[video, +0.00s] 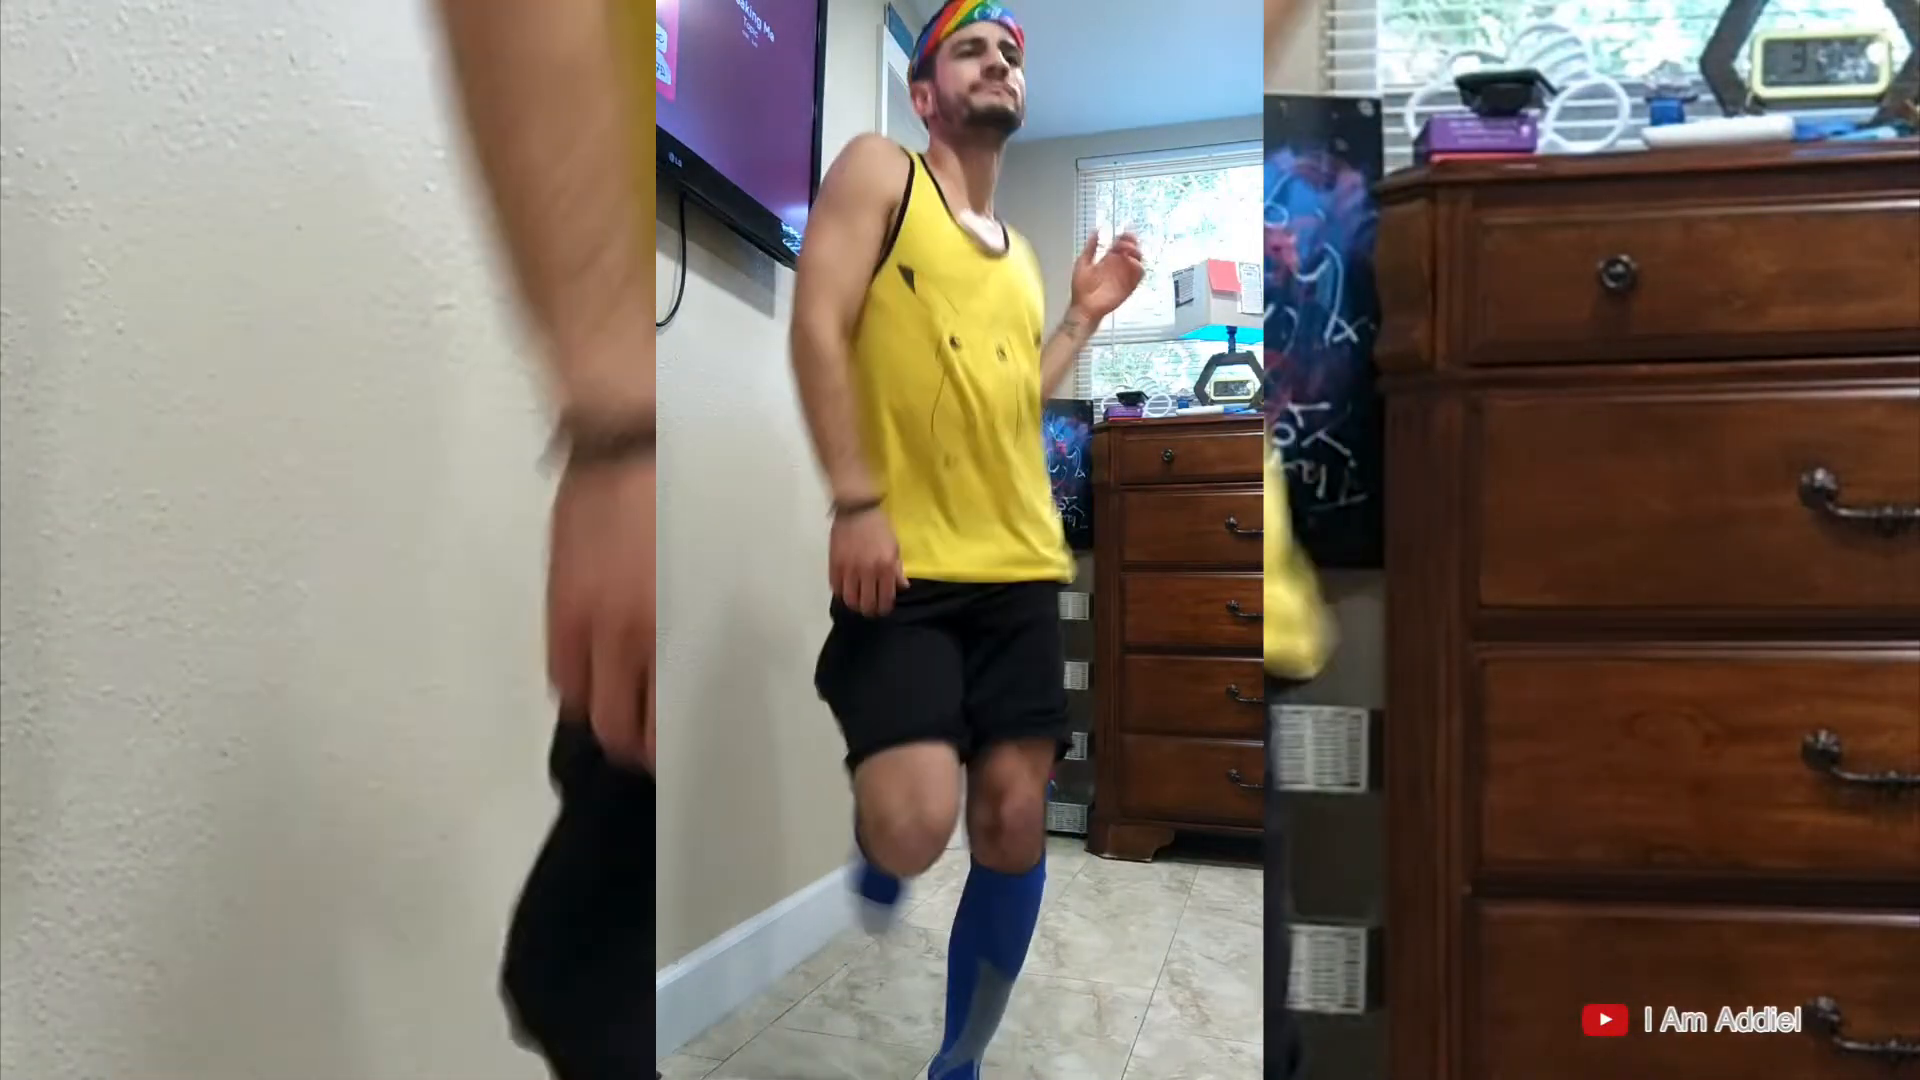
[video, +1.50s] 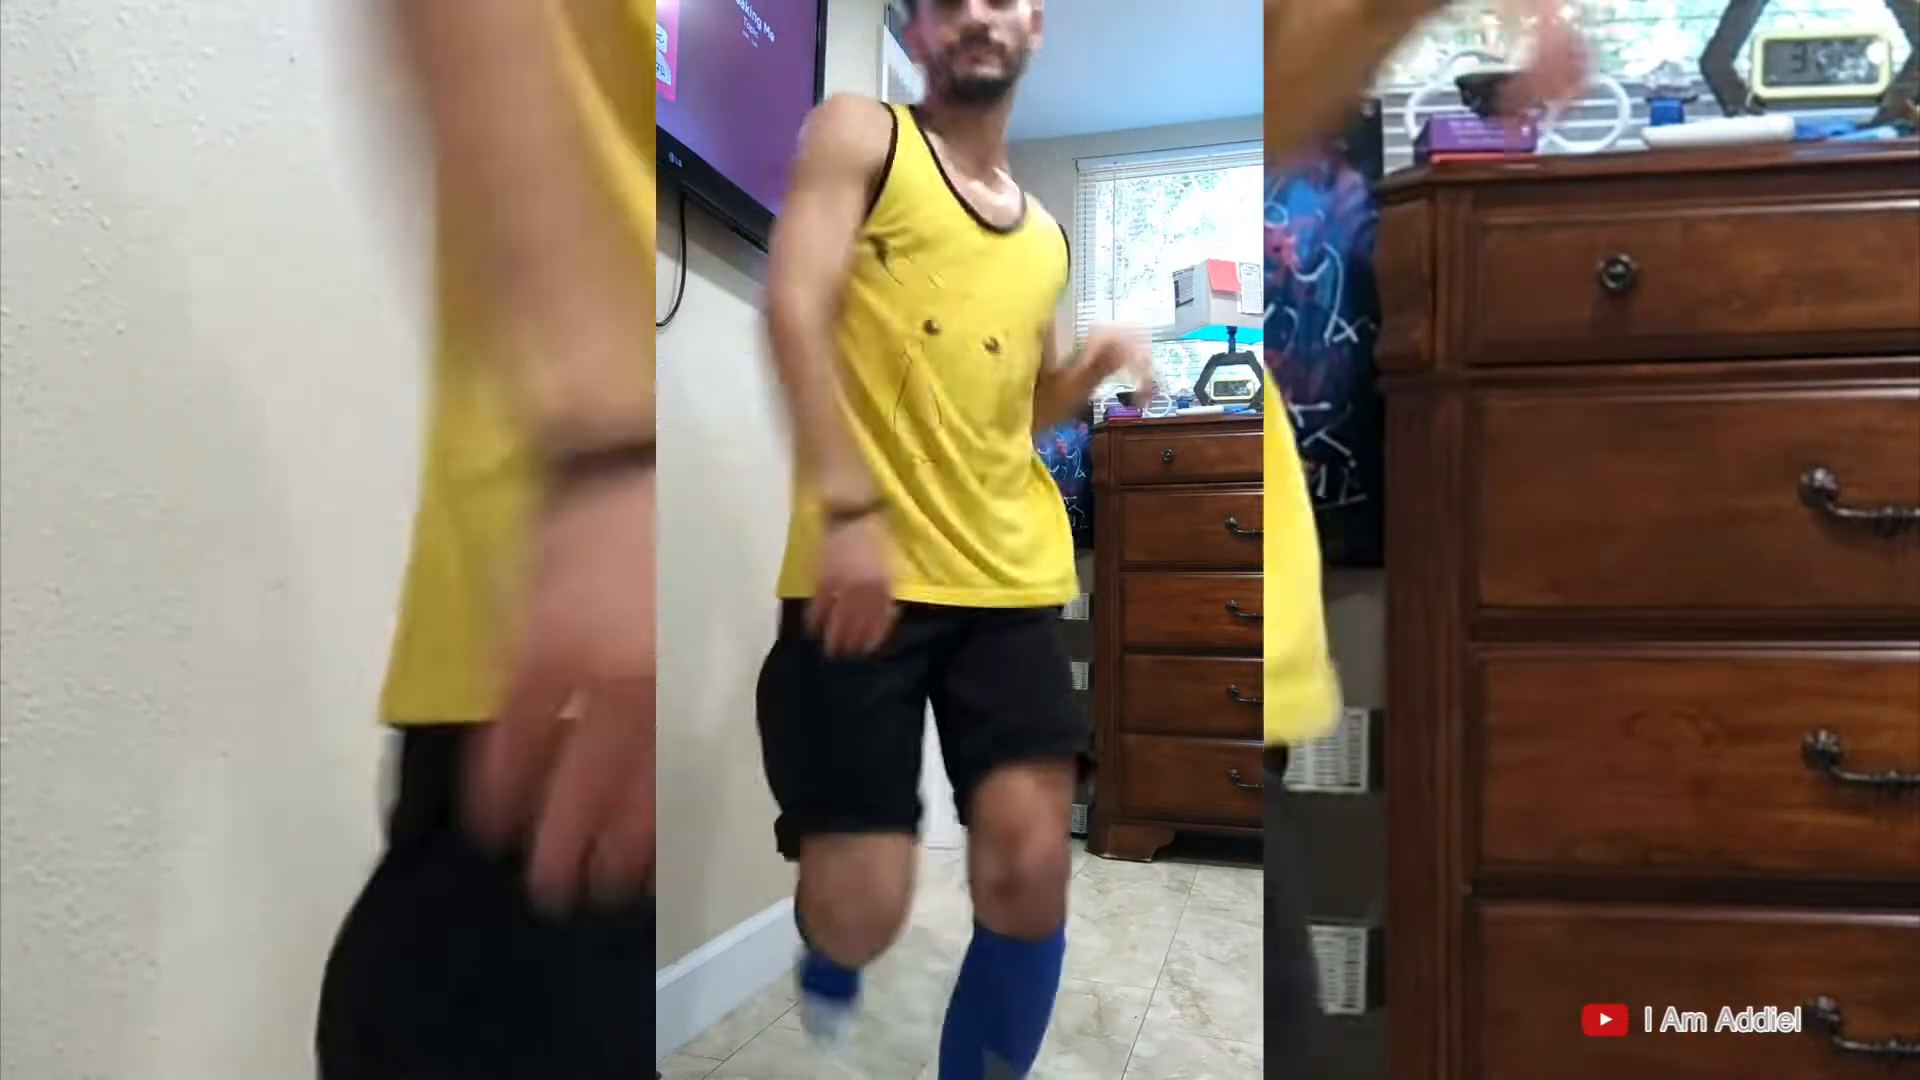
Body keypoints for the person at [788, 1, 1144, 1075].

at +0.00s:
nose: (1000, 67)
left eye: (1011, 55)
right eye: (973, 54)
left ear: (1023, 92)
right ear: (925, 90)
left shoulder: (1015, 251)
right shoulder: (878, 170)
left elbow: (1021, 398)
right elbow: (815, 328)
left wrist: (1082, 317)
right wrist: (855, 503)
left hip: (1020, 566)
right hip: (902, 561)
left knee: (1016, 820)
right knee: (915, 828)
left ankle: (958, 1065)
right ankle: (887, 845)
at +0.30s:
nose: (945, 15)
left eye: (958, 8)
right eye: (916, 8)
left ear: (977, 51)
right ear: (873, 54)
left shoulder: (1015, 218)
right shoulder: (820, 164)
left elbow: (1110, 338)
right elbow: (733, 314)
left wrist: (1107, 186)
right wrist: (733, 446)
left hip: (968, 553)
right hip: (835, 531)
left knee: (930, 831)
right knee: (841, 798)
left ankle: (869, 1048)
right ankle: (817, 1070)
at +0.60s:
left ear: (912, 7)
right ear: (821, 5)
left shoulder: (981, 127)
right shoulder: (770, 139)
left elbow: (1053, 301)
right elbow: (708, 328)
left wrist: (1054, 173)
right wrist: (740, 192)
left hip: (969, 480)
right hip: (833, 498)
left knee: (1018, 702)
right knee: (832, 803)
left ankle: (968, 752)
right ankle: (830, 1071)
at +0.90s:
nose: (875, 20)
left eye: (892, 5)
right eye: (847, 5)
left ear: (915, 30)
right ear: (805, 36)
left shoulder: (986, 161)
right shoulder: (780, 203)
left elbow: (1084, 299)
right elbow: (736, 351)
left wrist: (1066, 371)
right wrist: (801, 194)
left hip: (970, 507)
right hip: (837, 534)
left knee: (954, 766)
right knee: (837, 855)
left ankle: (971, 845)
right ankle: (921, 1037)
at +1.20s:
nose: (915, 2)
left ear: (971, 27)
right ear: (859, 26)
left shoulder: (1019, 175)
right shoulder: (801, 132)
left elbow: (1022, 359)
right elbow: (767, 217)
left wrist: (970, 459)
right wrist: (950, 126)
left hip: (970, 547)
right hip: (828, 549)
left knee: (949, 823)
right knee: (850, 865)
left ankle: (965, 1069)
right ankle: (924, 1045)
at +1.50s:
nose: (981, 17)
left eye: (1006, 1)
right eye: (954, 1)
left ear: (1038, 29)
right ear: (914, 28)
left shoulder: (1038, 231)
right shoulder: (861, 128)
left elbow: (1025, 412)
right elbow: (794, 305)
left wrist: (1096, 363)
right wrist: (850, 511)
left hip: (1007, 583)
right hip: (861, 576)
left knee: (1032, 871)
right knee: (860, 910)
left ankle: (979, 1072)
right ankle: (829, 972)